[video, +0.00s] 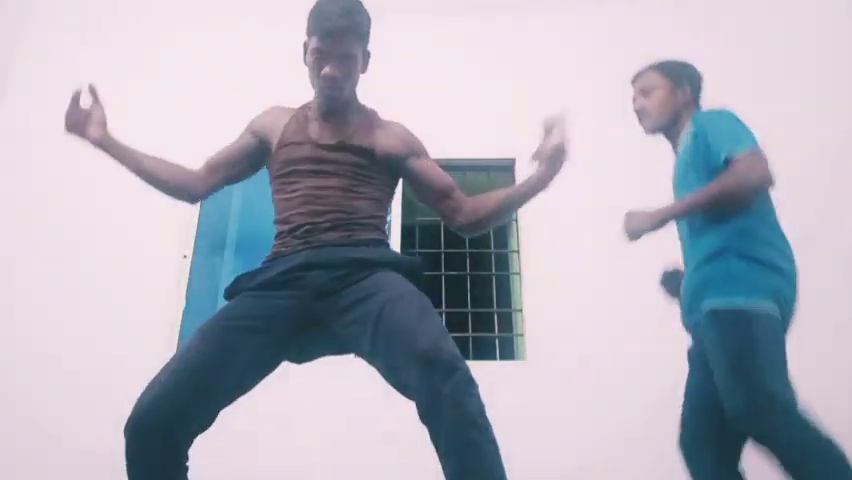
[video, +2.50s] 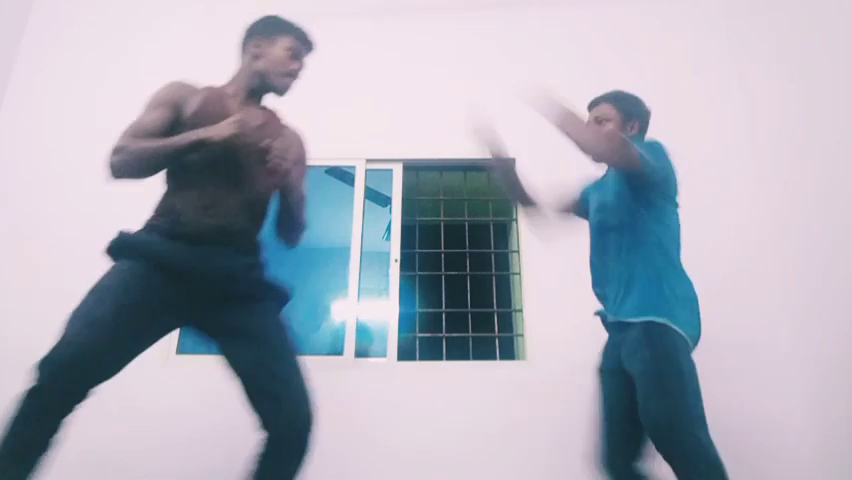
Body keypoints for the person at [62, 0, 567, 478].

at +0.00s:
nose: (335, 71)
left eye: (348, 59)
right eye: (324, 57)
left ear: (368, 61)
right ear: (306, 55)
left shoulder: (395, 139)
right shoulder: (274, 126)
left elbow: (463, 212)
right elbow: (195, 183)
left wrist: (536, 179)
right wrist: (103, 137)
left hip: (370, 283)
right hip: (280, 287)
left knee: (445, 374)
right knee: (151, 426)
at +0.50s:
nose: (277, 39)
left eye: (289, 28)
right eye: (267, 27)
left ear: (307, 33)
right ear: (251, 33)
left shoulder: (334, 104)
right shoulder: (218, 115)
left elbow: (384, 168)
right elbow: (202, 201)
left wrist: (414, 197)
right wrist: (154, 234)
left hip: (321, 254)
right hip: (234, 258)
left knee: (378, 367)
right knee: (158, 404)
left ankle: (432, 475)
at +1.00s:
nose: (290, 64)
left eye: (301, 56)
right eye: (281, 52)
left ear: (314, 66)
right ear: (262, 54)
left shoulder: (329, 151)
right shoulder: (215, 124)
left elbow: (339, 231)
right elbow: (176, 204)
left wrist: (354, 245)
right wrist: (209, 180)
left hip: (292, 302)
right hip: (211, 293)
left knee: (322, 431)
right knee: (131, 418)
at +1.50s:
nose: (336, 76)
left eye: (338, 69)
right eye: (329, 65)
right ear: (291, 64)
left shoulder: (333, 150)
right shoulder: (233, 120)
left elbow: (349, 235)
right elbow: (225, 174)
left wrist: (353, 196)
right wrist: (294, 122)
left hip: (309, 302)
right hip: (236, 295)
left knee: (358, 446)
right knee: (164, 394)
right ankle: (139, 477)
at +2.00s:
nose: (303, 51)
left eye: (307, 44)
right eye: (296, 38)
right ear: (258, 34)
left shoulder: (299, 123)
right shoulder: (198, 89)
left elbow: (315, 221)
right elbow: (154, 160)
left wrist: (312, 169)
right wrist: (243, 126)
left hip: (276, 278)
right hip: (198, 270)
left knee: (356, 400)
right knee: (115, 372)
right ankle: (51, 475)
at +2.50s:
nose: (298, 66)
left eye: (303, 59)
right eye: (292, 52)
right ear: (255, 49)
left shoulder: (287, 139)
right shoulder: (184, 98)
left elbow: (291, 234)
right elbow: (122, 161)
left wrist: (291, 184)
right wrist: (208, 135)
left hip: (238, 281)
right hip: (159, 267)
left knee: (292, 422)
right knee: (62, 374)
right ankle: (11, 471)